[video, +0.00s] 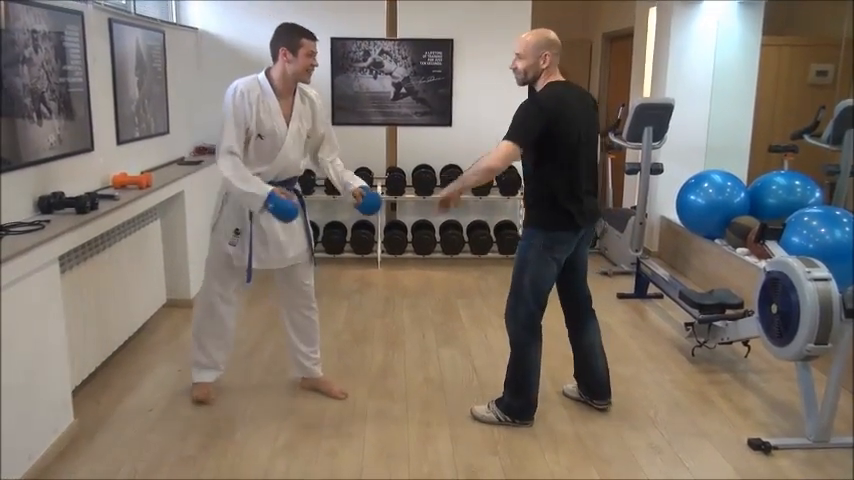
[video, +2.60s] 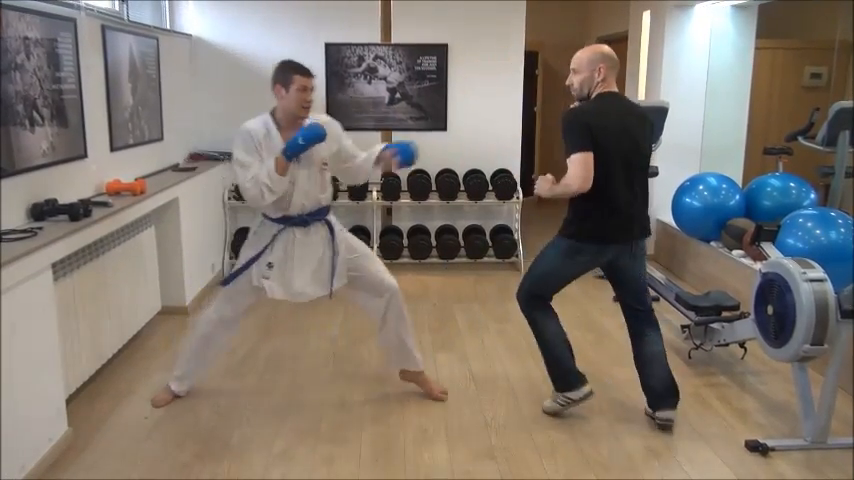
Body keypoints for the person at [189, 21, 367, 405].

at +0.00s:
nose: (316, 63)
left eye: (316, 56)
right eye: (310, 56)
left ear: (296, 58)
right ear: (284, 55)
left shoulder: (311, 99)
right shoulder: (244, 92)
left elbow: (326, 154)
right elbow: (227, 160)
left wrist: (354, 186)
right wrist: (267, 193)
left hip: (286, 200)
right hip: (241, 199)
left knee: (301, 287)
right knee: (221, 288)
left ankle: (310, 372)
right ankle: (205, 375)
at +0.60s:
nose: (266, 66)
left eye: (266, 59)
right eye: (259, 59)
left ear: (247, 62)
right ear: (233, 60)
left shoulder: (266, 106)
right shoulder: (200, 99)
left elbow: (277, 164)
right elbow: (198, 162)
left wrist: (301, 189)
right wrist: (256, 148)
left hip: (265, 209)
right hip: (217, 212)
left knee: (301, 293)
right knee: (201, 300)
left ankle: (319, 375)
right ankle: (184, 382)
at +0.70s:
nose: (267, 69)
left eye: (268, 62)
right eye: (261, 61)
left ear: (261, 66)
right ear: (234, 62)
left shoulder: (268, 105)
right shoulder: (202, 101)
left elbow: (286, 163)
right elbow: (203, 162)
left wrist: (316, 161)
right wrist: (257, 130)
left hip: (269, 212)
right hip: (221, 214)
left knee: (305, 296)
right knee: (200, 304)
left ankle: (331, 377)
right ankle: (184, 384)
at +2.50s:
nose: (272, 103)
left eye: (274, 96)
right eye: (265, 95)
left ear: (274, 98)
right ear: (240, 95)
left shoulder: (285, 136)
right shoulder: (213, 138)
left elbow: (306, 192)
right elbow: (227, 198)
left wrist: (330, 198)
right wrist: (262, 159)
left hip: (293, 232)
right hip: (241, 239)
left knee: (354, 293)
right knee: (200, 319)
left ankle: (358, 370)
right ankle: (174, 384)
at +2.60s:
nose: (309, 98)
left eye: (312, 91)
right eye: (303, 91)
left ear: (313, 93)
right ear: (279, 91)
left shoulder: (324, 128)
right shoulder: (252, 134)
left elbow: (352, 167)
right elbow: (256, 195)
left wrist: (382, 158)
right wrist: (287, 155)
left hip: (324, 231)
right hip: (273, 235)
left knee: (385, 287)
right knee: (223, 311)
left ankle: (410, 367)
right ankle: (179, 384)